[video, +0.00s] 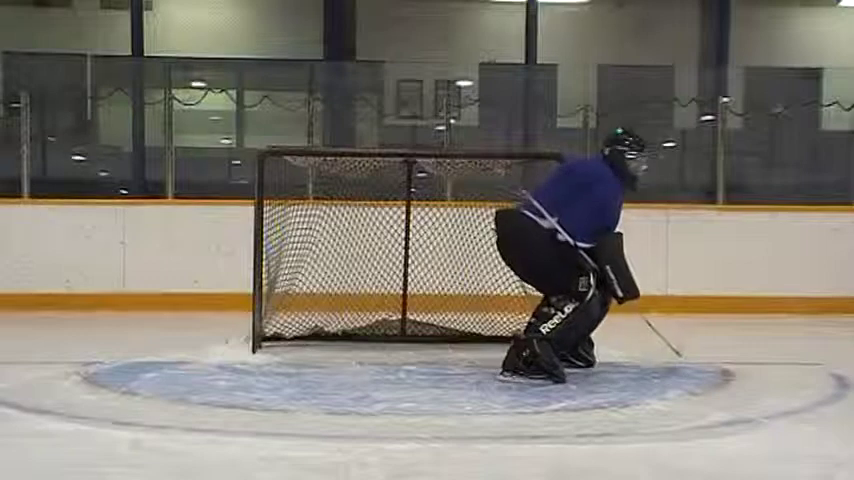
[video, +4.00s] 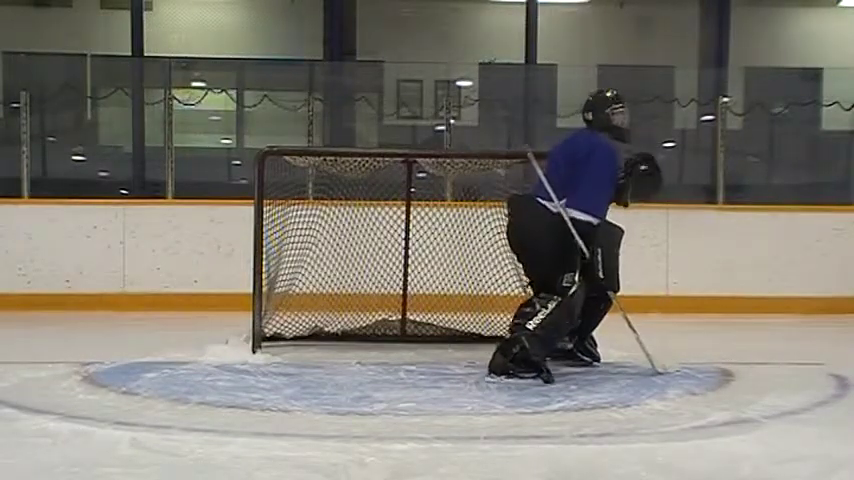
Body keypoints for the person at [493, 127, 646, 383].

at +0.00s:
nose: (641, 169)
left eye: (643, 162)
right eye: (637, 161)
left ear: (611, 154)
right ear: (621, 159)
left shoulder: (585, 167)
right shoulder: (608, 187)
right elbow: (605, 244)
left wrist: (605, 274)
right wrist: (626, 289)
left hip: (514, 228)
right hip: (534, 237)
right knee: (589, 292)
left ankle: (569, 343)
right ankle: (531, 351)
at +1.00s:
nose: (614, 87)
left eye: (613, 80)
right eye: (608, 81)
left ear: (587, 86)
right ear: (590, 84)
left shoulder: (562, 117)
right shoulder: (591, 123)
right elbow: (584, 184)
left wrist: (618, 178)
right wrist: (598, 225)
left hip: (533, 209)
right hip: (557, 212)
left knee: (565, 275)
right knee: (592, 274)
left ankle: (536, 343)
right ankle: (548, 343)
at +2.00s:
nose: (623, 115)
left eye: (627, 109)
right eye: (622, 107)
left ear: (601, 97)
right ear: (607, 99)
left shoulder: (571, 113)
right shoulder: (591, 126)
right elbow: (586, 182)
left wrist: (606, 183)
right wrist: (605, 224)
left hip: (531, 207)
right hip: (553, 210)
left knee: (561, 279)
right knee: (586, 274)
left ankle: (537, 350)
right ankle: (548, 349)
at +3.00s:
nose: (635, 152)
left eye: (635, 145)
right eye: (629, 145)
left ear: (604, 145)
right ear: (611, 145)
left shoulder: (581, 162)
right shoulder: (606, 178)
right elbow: (602, 238)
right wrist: (620, 280)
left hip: (512, 221)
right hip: (533, 229)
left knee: (562, 290)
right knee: (590, 287)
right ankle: (543, 355)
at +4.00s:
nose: (625, 118)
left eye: (624, 112)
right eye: (619, 113)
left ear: (593, 117)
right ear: (603, 117)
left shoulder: (576, 141)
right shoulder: (603, 150)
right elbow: (582, 215)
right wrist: (588, 260)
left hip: (525, 213)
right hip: (545, 221)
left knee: (548, 288)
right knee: (567, 291)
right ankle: (519, 352)